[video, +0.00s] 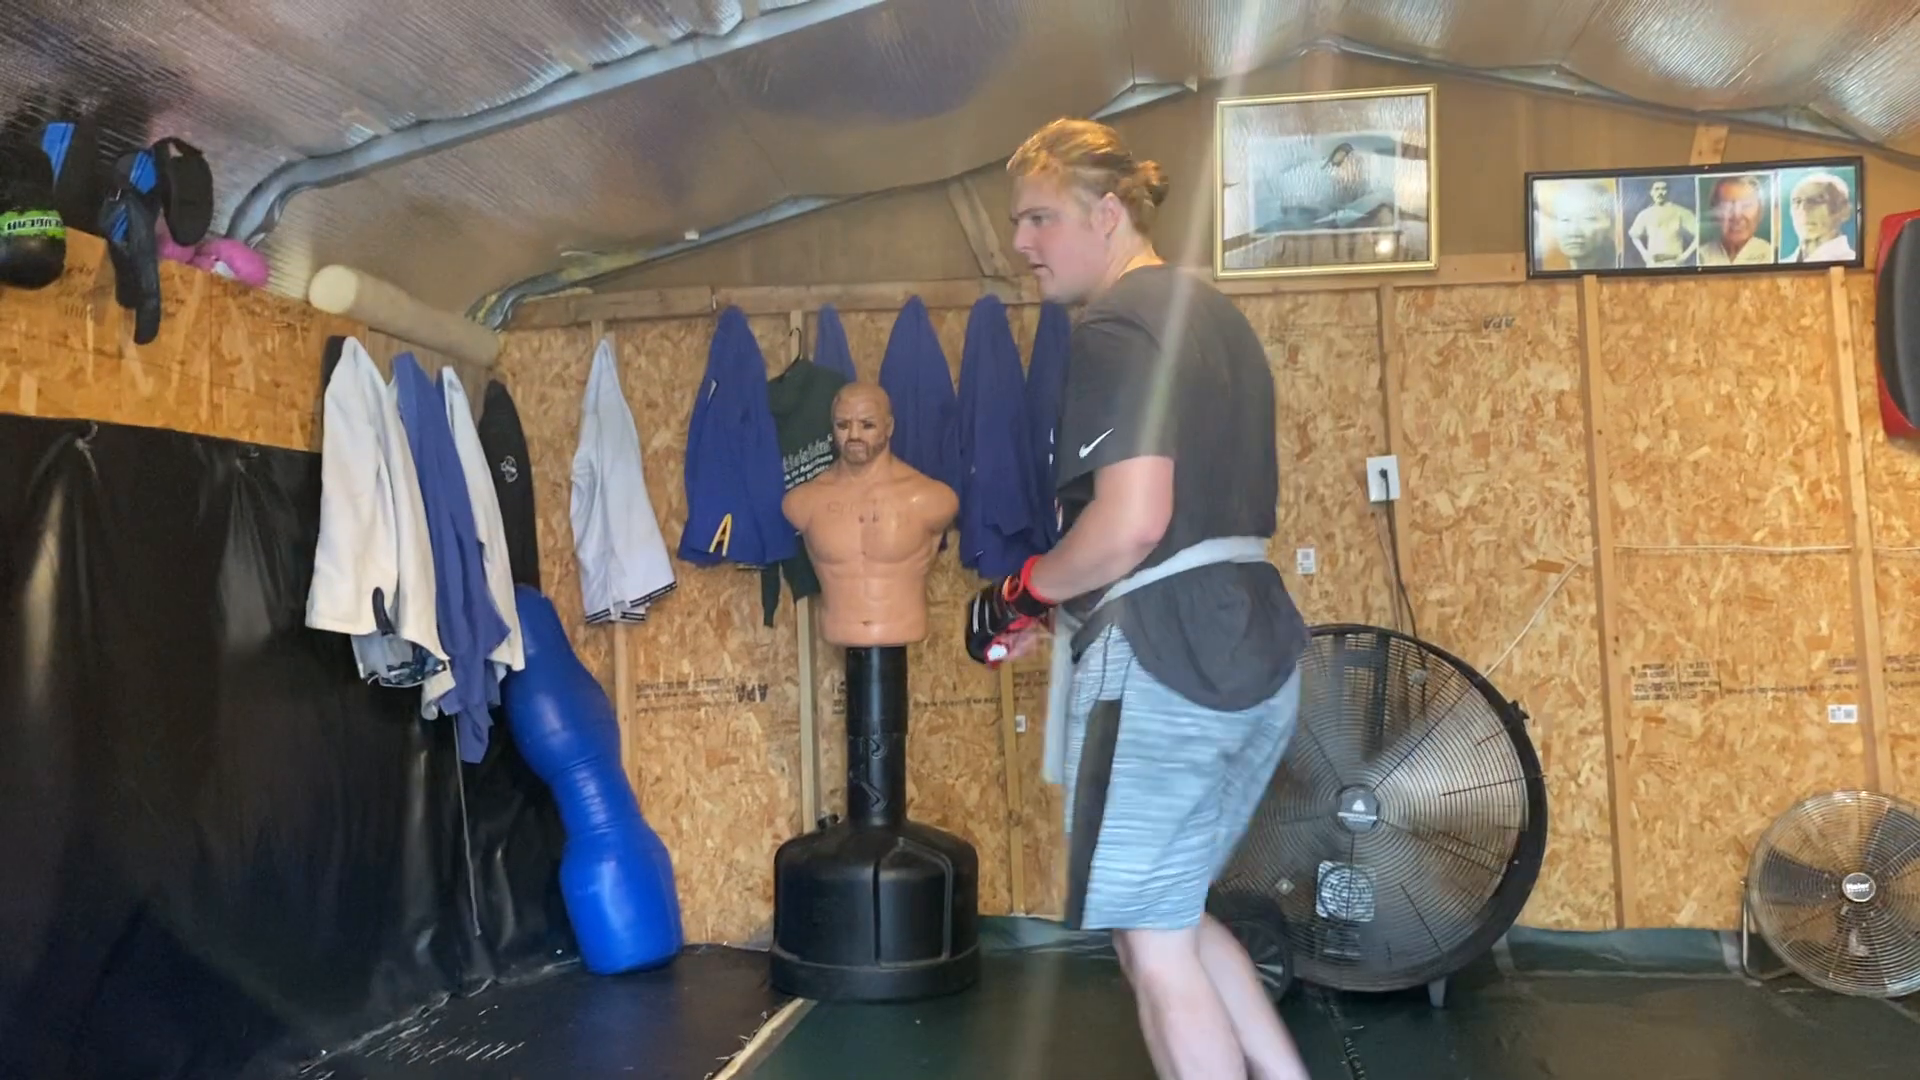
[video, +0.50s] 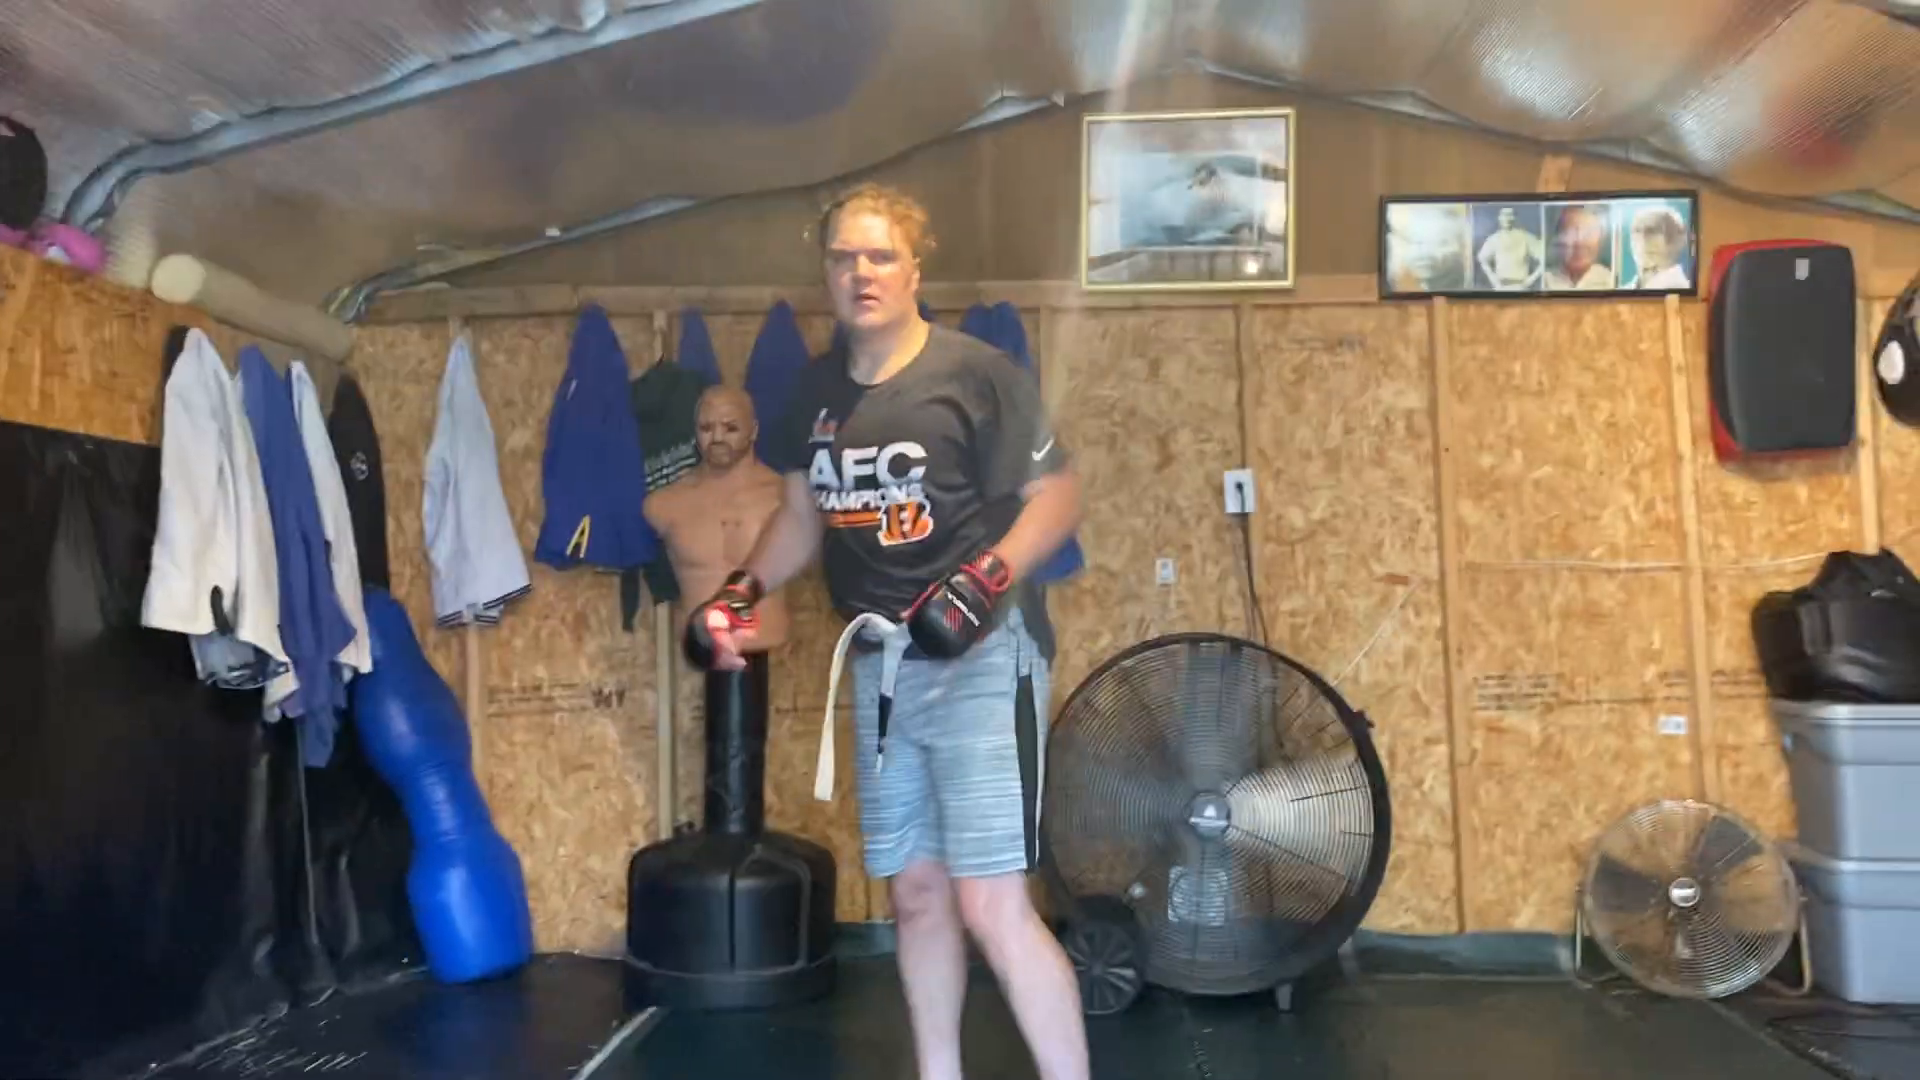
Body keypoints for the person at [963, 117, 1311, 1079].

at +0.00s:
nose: (1023, 243)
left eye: (1040, 219)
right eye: (1019, 222)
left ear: (1108, 213)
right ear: (1110, 218)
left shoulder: (1125, 320)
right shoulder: (1203, 306)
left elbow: (1133, 518)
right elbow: (1178, 510)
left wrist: (1030, 587)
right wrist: (1052, 599)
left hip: (1176, 648)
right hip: (1243, 637)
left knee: (1149, 922)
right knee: (1173, 905)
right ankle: (1283, 1072)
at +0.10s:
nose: (1014, 239)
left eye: (1036, 217)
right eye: (1006, 221)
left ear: (1101, 220)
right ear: (1006, 233)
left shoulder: (1127, 326)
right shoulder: (1085, 337)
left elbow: (1142, 515)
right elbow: (1090, 513)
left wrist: (1010, 579)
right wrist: (1012, 581)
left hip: (1156, 642)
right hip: (1108, 643)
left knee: (1151, 934)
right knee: (1094, 899)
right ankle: (1154, 1066)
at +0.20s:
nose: (1003, 255)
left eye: (1026, 236)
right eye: (991, 238)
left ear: (1076, 245)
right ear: (981, 251)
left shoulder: (1115, 351)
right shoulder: (1029, 376)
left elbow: (1151, 527)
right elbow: (1039, 537)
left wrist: (995, 590)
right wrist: (982, 610)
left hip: (1124, 661)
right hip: (1055, 663)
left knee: (1120, 941)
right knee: (1048, 911)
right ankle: (1063, 1071)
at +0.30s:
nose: (962, 287)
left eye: (983, 268)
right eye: (950, 270)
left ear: (1029, 275)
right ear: (936, 283)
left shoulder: (1079, 384)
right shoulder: (958, 407)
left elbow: (1133, 540)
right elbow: (943, 556)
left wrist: (992, 606)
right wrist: (900, 623)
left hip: (1073, 679)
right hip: (989, 686)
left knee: (1058, 942)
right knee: (993, 922)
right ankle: (1021, 1073)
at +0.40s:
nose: (910, 273)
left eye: (930, 255)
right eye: (896, 256)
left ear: (971, 266)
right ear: (879, 269)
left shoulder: (1027, 377)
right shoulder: (884, 385)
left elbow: (1095, 516)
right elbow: (875, 527)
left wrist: (994, 588)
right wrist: (822, 595)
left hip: (1021, 664)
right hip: (930, 670)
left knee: (1012, 913)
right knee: (958, 895)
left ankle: (1106, 1074)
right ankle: (977, 1073)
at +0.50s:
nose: (861, 274)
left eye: (880, 258)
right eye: (844, 259)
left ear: (915, 272)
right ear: (825, 276)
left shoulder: (981, 374)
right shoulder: (819, 390)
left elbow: (1058, 495)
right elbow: (800, 517)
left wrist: (985, 578)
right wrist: (742, 592)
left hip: (979, 659)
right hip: (880, 665)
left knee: (990, 896)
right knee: (917, 892)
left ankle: (1070, 1074)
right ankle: (940, 1076)